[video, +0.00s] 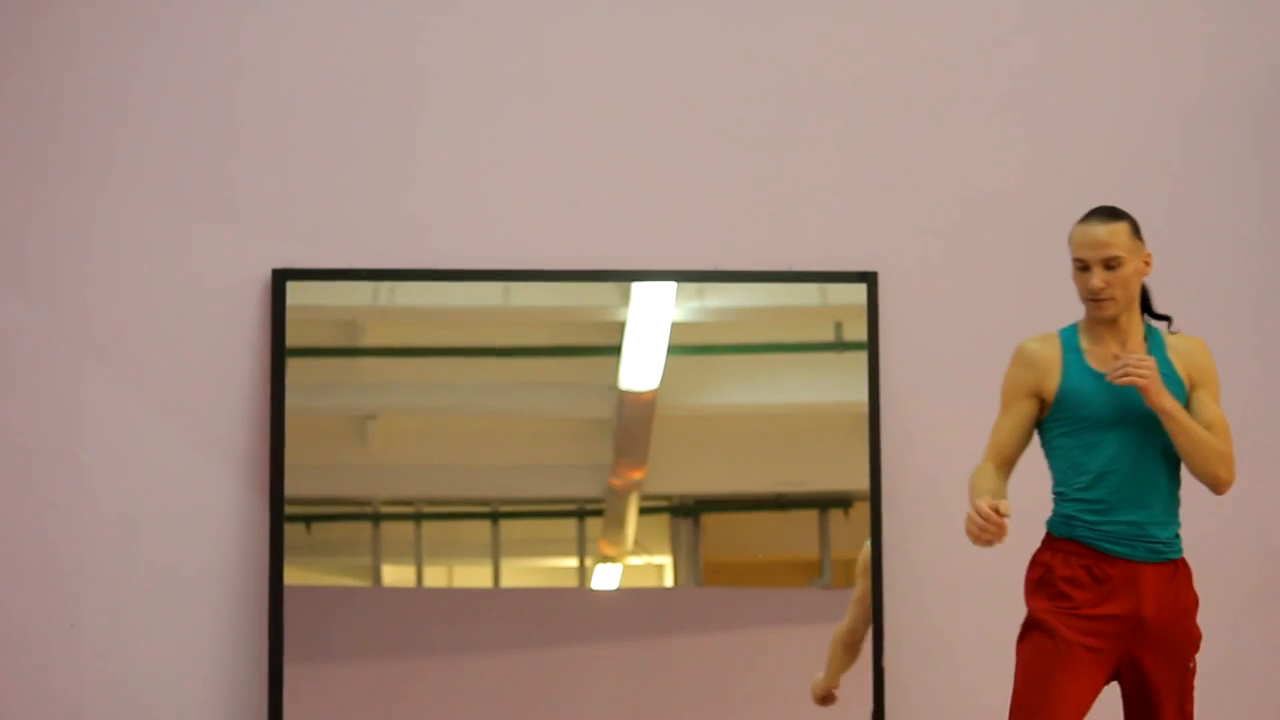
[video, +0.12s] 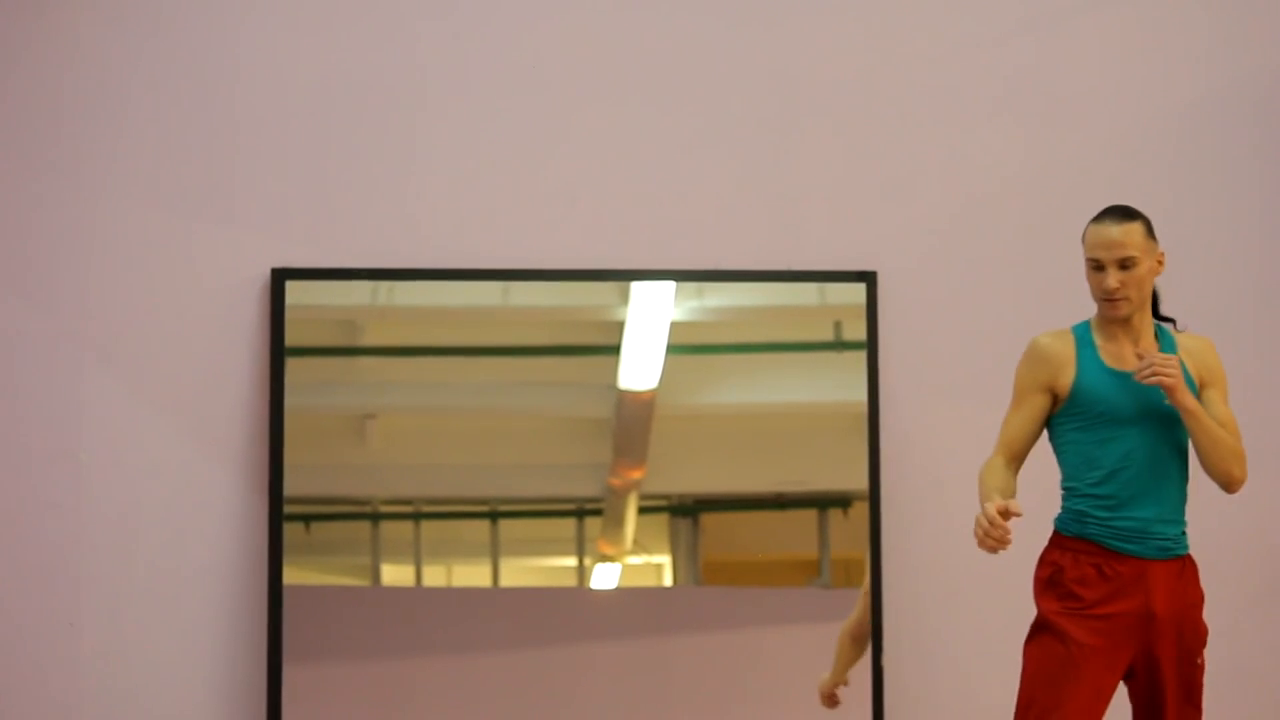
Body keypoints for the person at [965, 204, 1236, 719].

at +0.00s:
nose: (1096, 282)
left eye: (1111, 265)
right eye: (1083, 268)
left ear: (1144, 264)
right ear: (1072, 272)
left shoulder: (1186, 354)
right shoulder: (1039, 357)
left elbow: (1220, 474)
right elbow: (995, 462)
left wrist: (1162, 401)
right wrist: (986, 505)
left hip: (1161, 590)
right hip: (1072, 586)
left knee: (1168, 714)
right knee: (1036, 712)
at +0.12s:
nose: (1111, 282)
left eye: (1126, 265)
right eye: (1097, 267)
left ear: (1157, 264)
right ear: (1084, 269)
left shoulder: (1193, 353)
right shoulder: (1053, 354)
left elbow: (1232, 474)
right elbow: (1005, 458)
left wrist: (1186, 402)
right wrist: (995, 502)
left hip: (1168, 583)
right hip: (1081, 579)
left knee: (1174, 713)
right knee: (1048, 711)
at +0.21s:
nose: (1114, 281)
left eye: (1130, 264)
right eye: (1101, 266)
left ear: (1160, 264)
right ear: (1088, 269)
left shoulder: (1195, 354)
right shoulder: (1056, 352)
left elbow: (1233, 476)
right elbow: (1004, 455)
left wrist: (1191, 403)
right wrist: (995, 499)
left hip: (1170, 583)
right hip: (1085, 579)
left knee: (1177, 713)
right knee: (1053, 712)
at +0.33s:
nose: (1115, 273)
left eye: (1131, 257)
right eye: (1102, 258)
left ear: (1163, 263)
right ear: (1091, 266)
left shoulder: (1197, 356)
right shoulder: (1058, 351)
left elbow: (1234, 476)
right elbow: (1003, 453)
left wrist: (1191, 402)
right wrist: (996, 492)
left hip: (1171, 583)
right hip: (1086, 579)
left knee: (1176, 713)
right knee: (1052, 712)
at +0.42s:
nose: (1113, 269)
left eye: (1130, 254)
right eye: (1101, 255)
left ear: (1163, 263)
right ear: (1090, 264)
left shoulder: (1198, 356)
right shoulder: (1058, 350)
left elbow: (1234, 475)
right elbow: (1002, 452)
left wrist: (1188, 403)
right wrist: (996, 491)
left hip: (1169, 583)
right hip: (1084, 578)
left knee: (1175, 712)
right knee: (1050, 711)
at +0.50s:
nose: (1112, 266)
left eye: (1130, 251)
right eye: (1101, 253)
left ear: (1163, 262)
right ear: (1090, 263)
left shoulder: (1199, 356)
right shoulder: (1058, 349)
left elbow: (1235, 474)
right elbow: (1001, 450)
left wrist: (1186, 404)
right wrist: (994, 491)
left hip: (1169, 583)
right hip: (1083, 578)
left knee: (1175, 712)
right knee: (1048, 712)